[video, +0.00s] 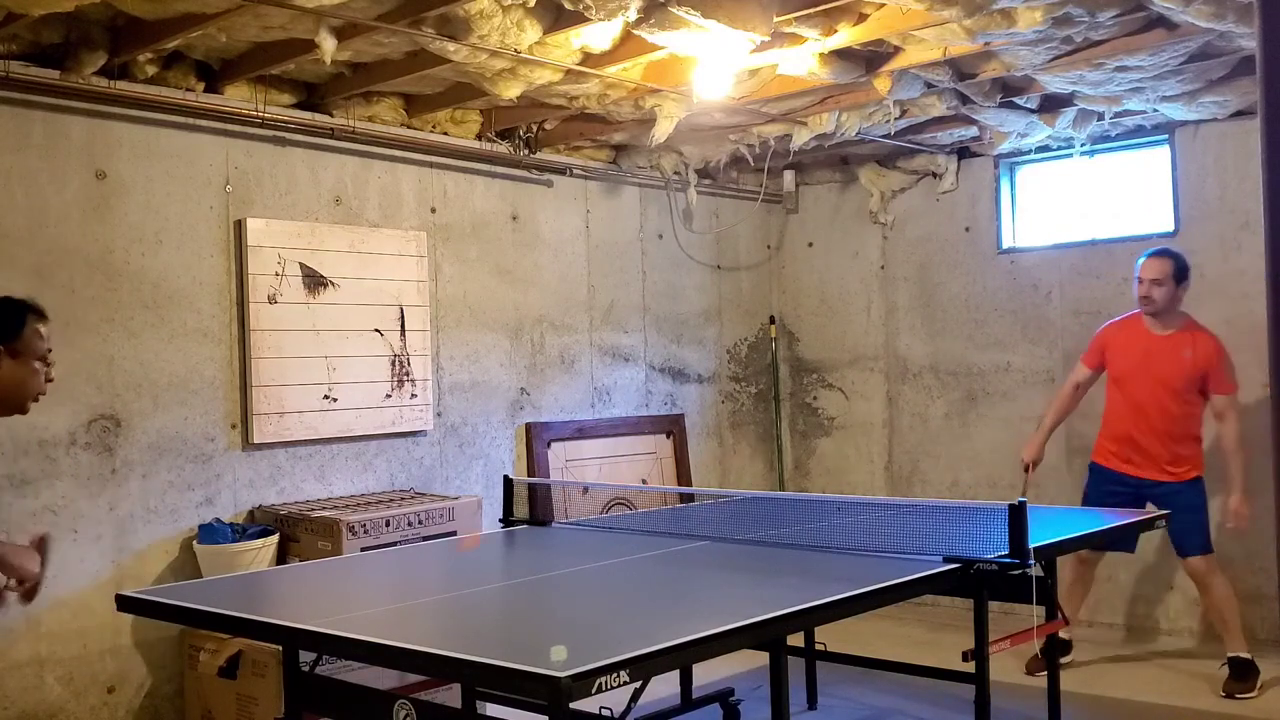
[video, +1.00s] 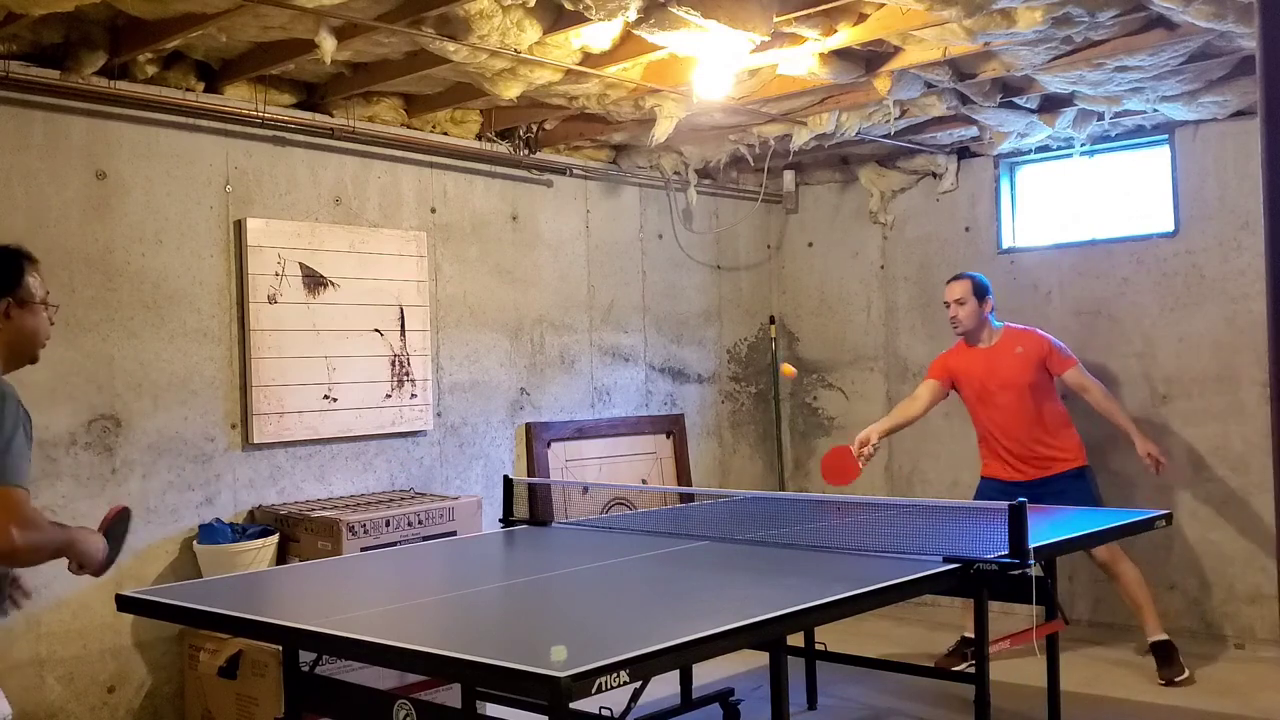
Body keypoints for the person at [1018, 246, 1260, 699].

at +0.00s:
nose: (1145, 291)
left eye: (1156, 284)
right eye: (1140, 282)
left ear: (1181, 289)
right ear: (1134, 284)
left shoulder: (1205, 346)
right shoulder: (1113, 334)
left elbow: (1226, 417)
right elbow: (1075, 385)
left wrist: (1236, 489)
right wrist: (1039, 437)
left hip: (1177, 477)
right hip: (1112, 470)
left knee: (1200, 563)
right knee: (1083, 555)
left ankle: (1240, 659)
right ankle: (1056, 641)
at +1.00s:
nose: (951, 313)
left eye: (958, 304)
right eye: (947, 306)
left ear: (985, 304)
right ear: (948, 310)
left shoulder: (1034, 343)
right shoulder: (951, 362)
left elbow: (1087, 387)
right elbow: (919, 402)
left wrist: (1136, 436)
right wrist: (877, 428)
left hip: (1061, 472)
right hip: (999, 478)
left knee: (1105, 553)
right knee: (972, 557)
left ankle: (1158, 639)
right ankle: (973, 639)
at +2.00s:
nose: (1037, 293)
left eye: (1047, 285)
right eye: (1031, 286)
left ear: (1067, 289)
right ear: (1026, 291)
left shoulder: (1096, 343)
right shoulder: (1016, 344)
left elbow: (1124, 407)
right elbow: (999, 398)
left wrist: (1135, 472)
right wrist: (978, 428)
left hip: (1090, 478)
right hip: (1028, 477)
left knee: (1127, 557)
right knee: (997, 551)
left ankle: (1171, 646)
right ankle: (998, 636)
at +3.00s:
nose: (895, 365)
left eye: (897, 356)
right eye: (894, 357)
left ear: (916, 351)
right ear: (922, 349)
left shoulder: (946, 384)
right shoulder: (955, 375)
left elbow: (896, 454)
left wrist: (846, 488)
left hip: (1029, 489)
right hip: (991, 489)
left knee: (1087, 565)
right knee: (936, 544)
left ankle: (1163, 638)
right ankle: (910, 627)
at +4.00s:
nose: (667, 409)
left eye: (667, 401)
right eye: (663, 403)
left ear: (687, 387)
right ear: (689, 385)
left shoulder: (715, 413)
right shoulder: (730, 385)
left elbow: (695, 487)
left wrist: (669, 523)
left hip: (791, 485)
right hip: (809, 475)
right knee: (832, 549)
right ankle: (889, 614)